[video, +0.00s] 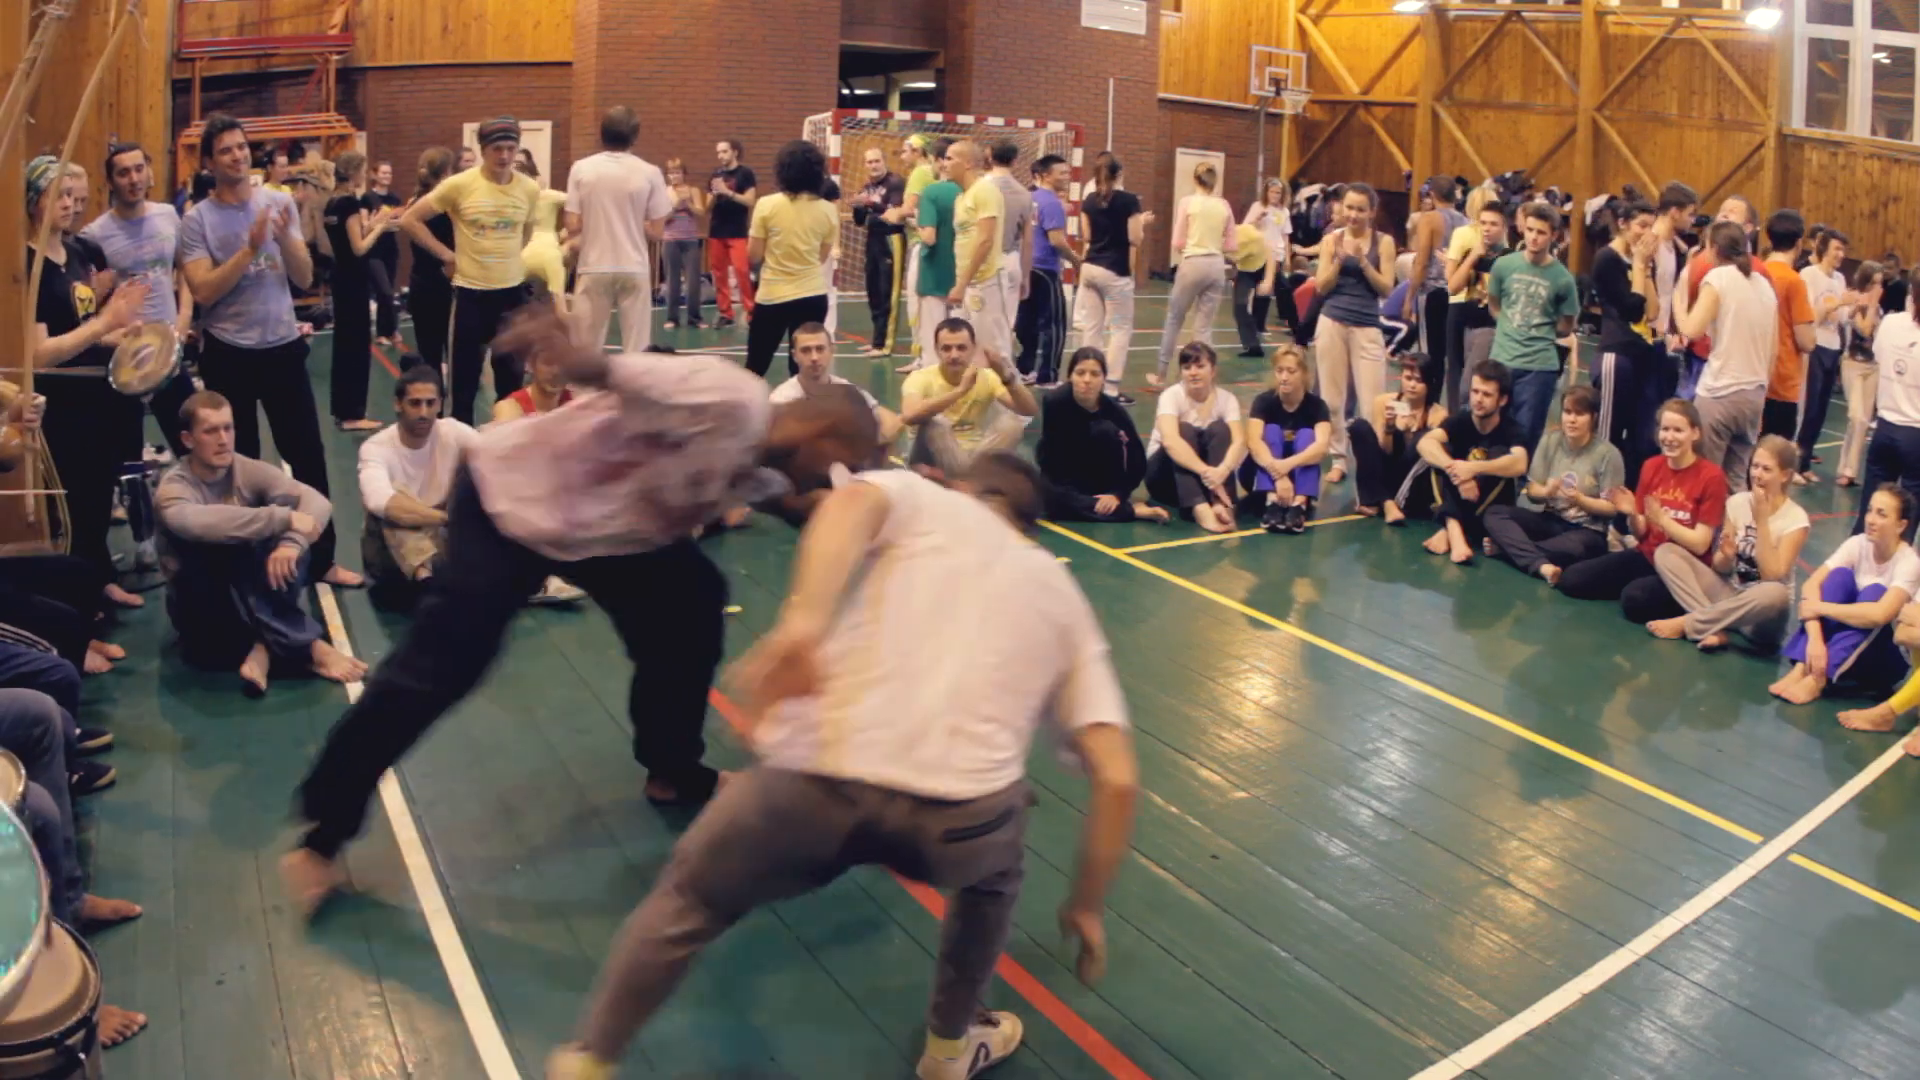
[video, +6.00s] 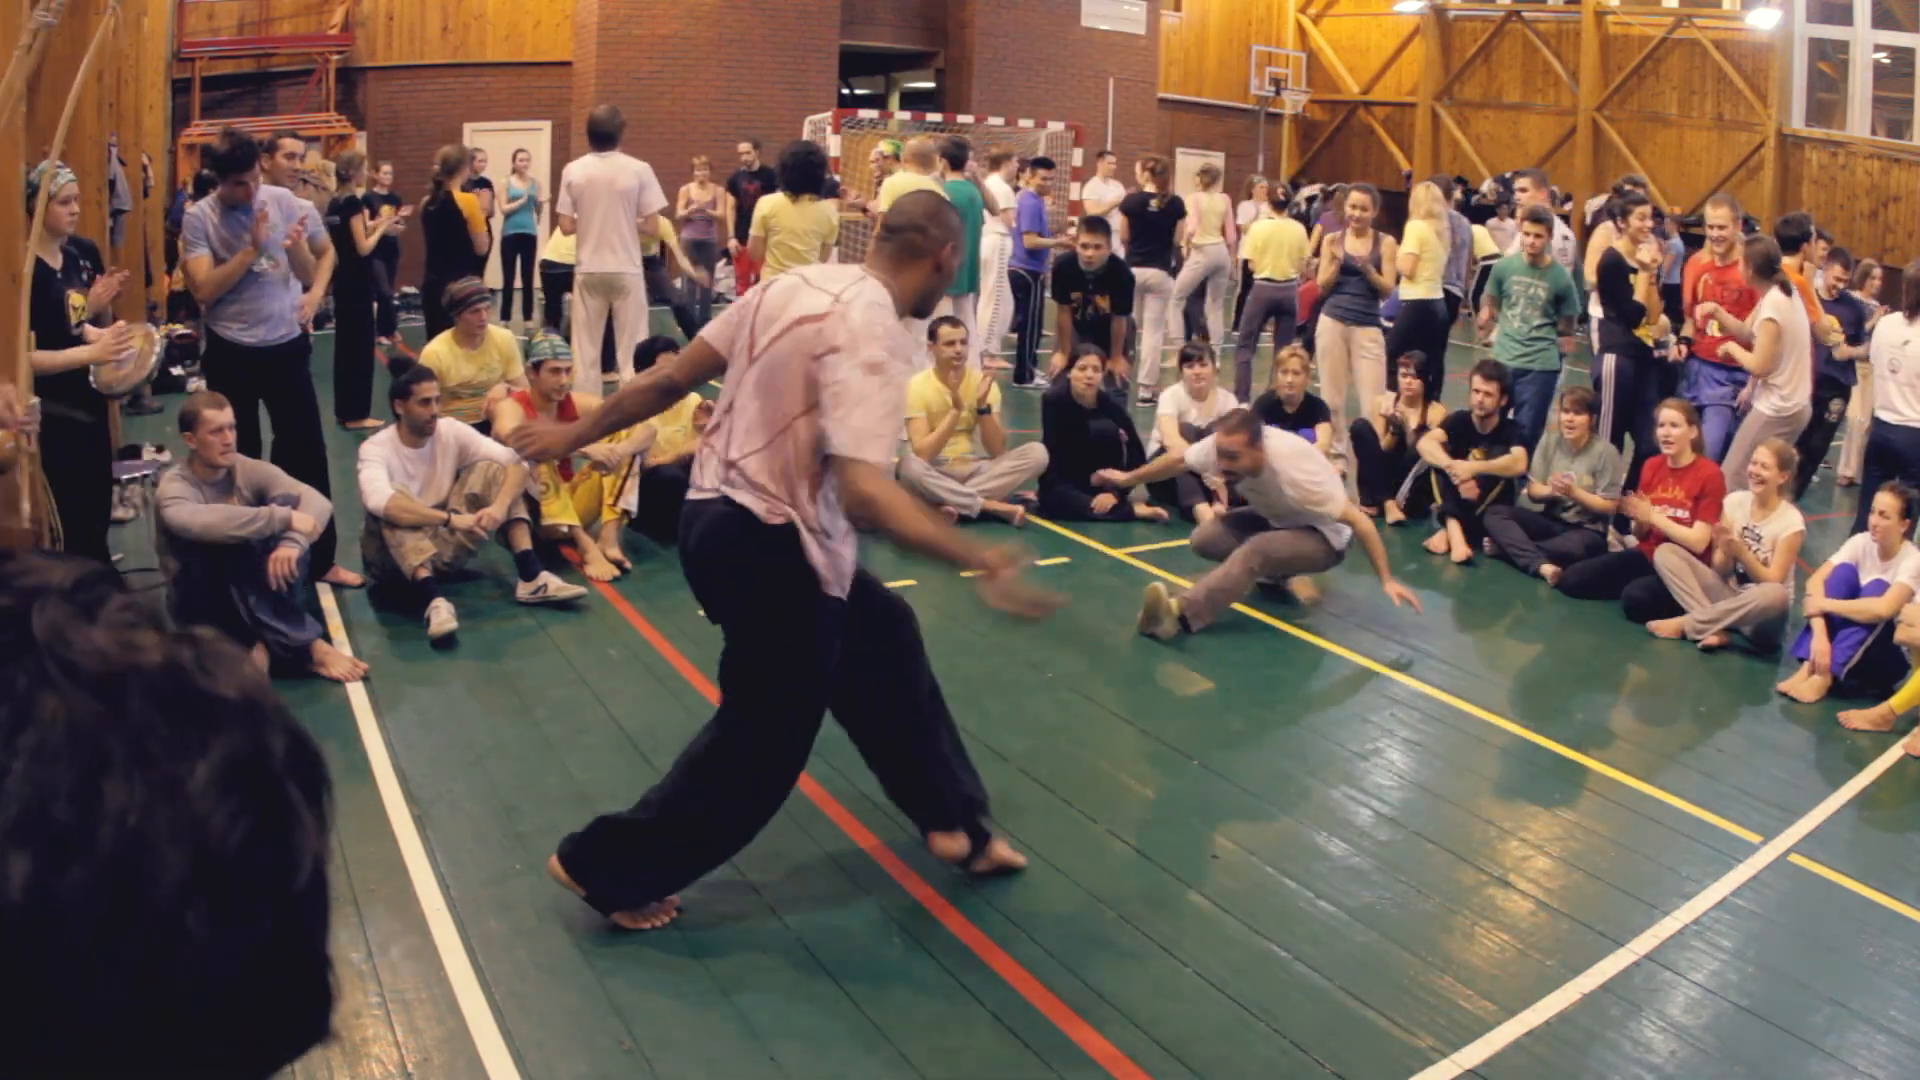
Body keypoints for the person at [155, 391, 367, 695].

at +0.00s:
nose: (223, 440)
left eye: (227, 429)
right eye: (211, 432)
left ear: (235, 430)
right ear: (187, 439)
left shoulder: (245, 469)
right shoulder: (174, 487)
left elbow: (316, 501)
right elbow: (192, 523)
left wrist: (292, 544)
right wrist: (285, 517)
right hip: (208, 615)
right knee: (215, 548)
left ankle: (264, 647)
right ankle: (312, 646)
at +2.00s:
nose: (229, 438)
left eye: (231, 428)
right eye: (216, 431)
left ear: (237, 429)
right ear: (190, 441)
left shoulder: (245, 469)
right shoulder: (174, 487)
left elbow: (317, 502)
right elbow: (191, 523)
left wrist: (291, 544)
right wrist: (284, 518)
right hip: (209, 619)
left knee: (295, 532)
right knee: (213, 546)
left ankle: (265, 646)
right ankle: (310, 645)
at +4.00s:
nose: (228, 439)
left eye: (230, 429)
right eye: (215, 432)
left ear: (236, 429)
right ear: (189, 440)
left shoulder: (244, 469)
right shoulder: (174, 487)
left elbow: (317, 501)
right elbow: (192, 523)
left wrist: (292, 544)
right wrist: (283, 517)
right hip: (208, 612)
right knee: (213, 546)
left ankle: (264, 646)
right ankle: (310, 645)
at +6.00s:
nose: (229, 439)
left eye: (231, 429)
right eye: (216, 432)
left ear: (237, 429)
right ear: (190, 440)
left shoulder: (249, 470)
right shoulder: (175, 486)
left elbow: (317, 502)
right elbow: (192, 523)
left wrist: (292, 543)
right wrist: (284, 517)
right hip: (205, 601)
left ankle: (262, 645)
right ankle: (311, 645)